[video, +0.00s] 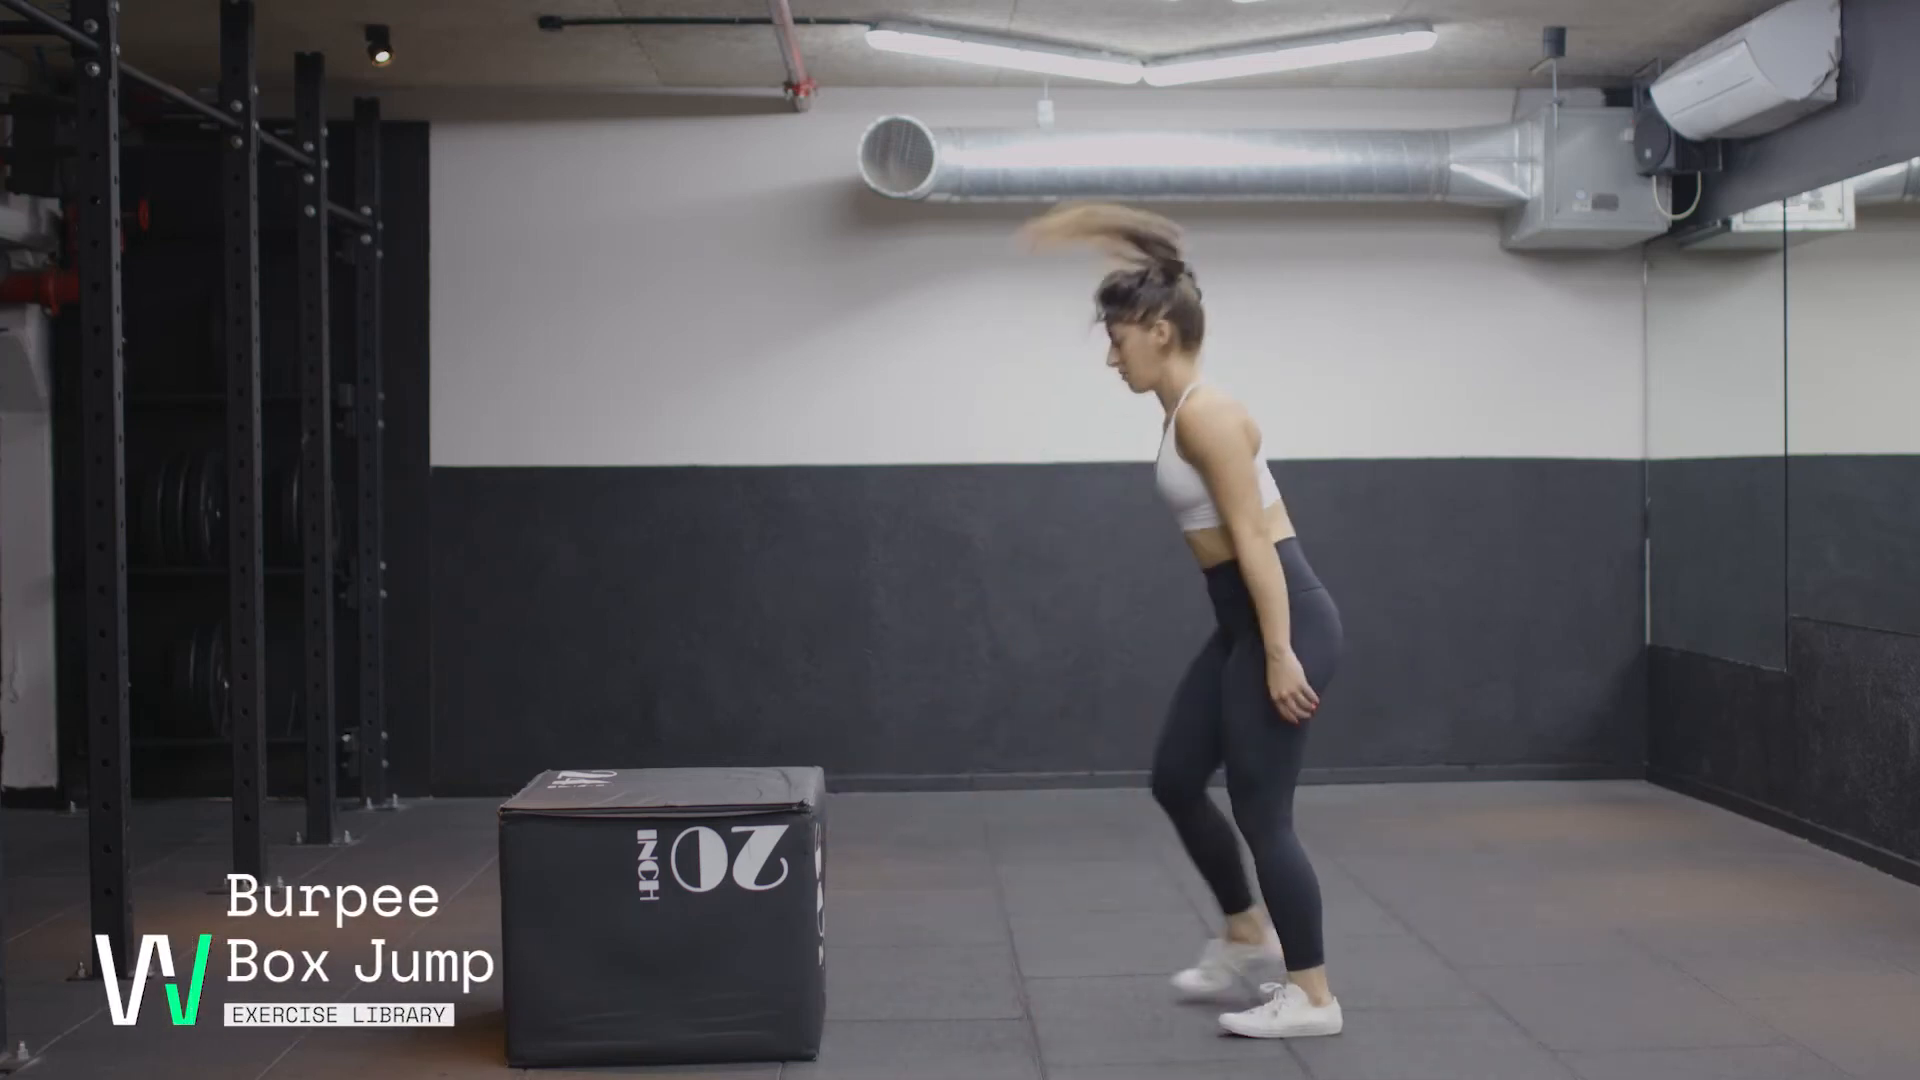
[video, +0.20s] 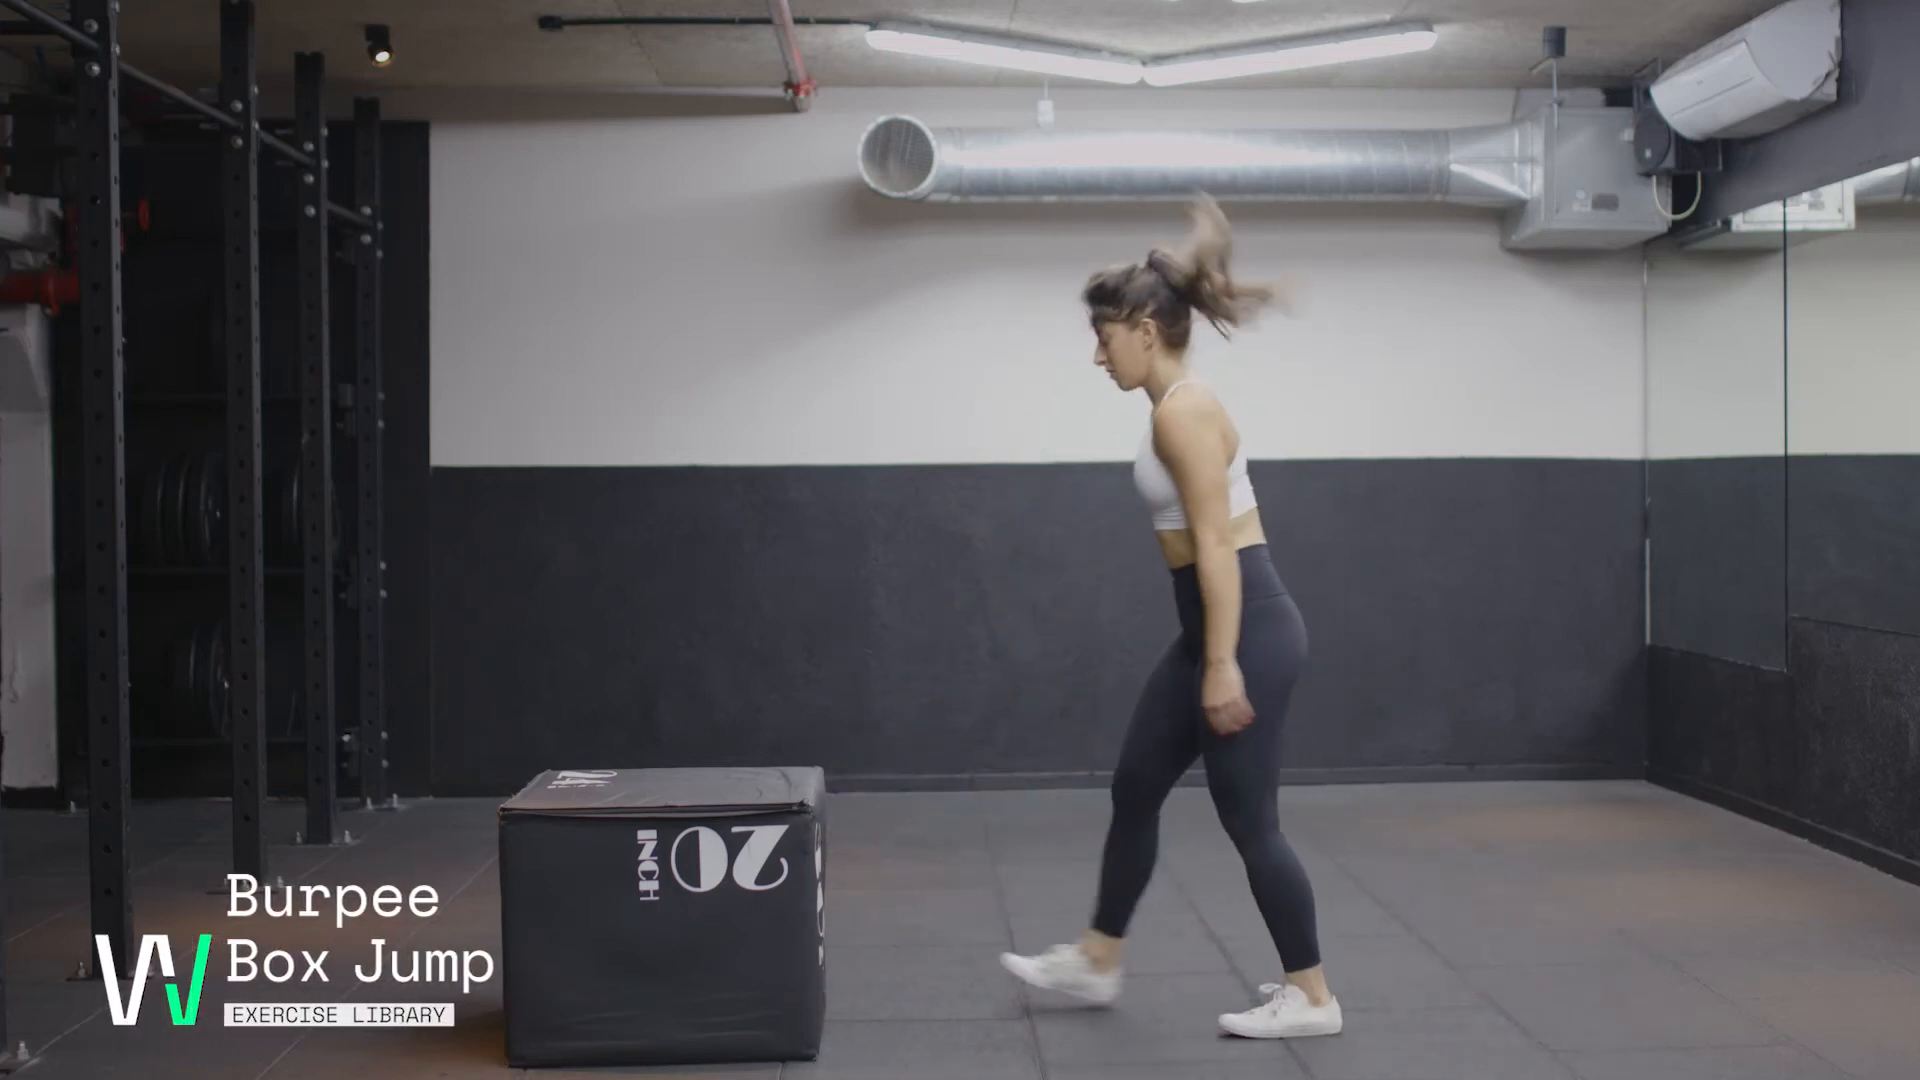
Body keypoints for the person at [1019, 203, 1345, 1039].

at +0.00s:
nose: (1109, 352)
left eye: (1117, 336)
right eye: (1108, 337)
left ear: (1163, 331)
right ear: (1151, 334)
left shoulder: (1209, 418)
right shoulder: (1183, 417)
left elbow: (1257, 539)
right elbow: (1238, 540)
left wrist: (1278, 653)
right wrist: (1254, 641)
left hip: (1279, 624)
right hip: (1243, 623)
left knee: (1263, 812)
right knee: (1177, 779)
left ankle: (1312, 995)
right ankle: (1250, 941)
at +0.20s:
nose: (1098, 354)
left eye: (1105, 337)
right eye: (1097, 338)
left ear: (1151, 332)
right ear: (1145, 333)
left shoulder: (1184, 416)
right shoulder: (1179, 407)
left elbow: (1216, 545)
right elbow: (1210, 539)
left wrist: (1220, 665)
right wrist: (1215, 653)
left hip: (1246, 628)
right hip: (1213, 620)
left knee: (1250, 819)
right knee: (1137, 784)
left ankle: (1310, 994)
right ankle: (1098, 957)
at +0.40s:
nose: (1030, 368)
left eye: (1035, 350)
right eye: (1028, 353)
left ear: (1077, 344)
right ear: (1082, 345)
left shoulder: (1113, 421)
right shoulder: (1123, 414)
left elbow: (1161, 533)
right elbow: (1190, 515)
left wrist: (1159, 657)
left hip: (1182, 634)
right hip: (1156, 633)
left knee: (1218, 821)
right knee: (1097, 807)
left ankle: (1305, 987)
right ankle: (1041, 969)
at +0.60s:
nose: (929, 372)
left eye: (936, 354)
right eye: (928, 356)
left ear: (977, 348)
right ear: (979, 350)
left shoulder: (1024, 411)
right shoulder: (1022, 412)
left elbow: (1136, 457)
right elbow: (1118, 462)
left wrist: (1181, 570)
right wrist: (1145, 553)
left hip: (1122, 623)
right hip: (1091, 625)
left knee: (1081, 802)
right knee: (1063, 799)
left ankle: (1216, 938)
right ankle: (1037, 970)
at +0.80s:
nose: (846, 408)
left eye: (852, 390)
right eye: (844, 392)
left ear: (893, 383)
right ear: (892, 385)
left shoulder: (952, 440)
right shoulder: (940, 446)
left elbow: (1069, 488)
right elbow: (1066, 486)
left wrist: (1114, 598)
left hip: (1076, 623)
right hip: (1058, 626)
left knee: (1015, 793)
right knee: (1009, 790)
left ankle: (1038, 991)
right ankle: (1027, 977)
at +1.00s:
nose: (843, 419)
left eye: (851, 403)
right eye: (843, 404)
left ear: (894, 401)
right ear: (894, 404)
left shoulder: (928, 481)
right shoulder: (916, 478)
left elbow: (857, 590)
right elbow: (847, 571)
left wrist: (748, 571)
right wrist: (751, 562)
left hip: (1027, 678)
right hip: (1013, 675)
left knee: (923, 840)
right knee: (930, 834)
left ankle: (1027, 996)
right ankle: (1019, 977)